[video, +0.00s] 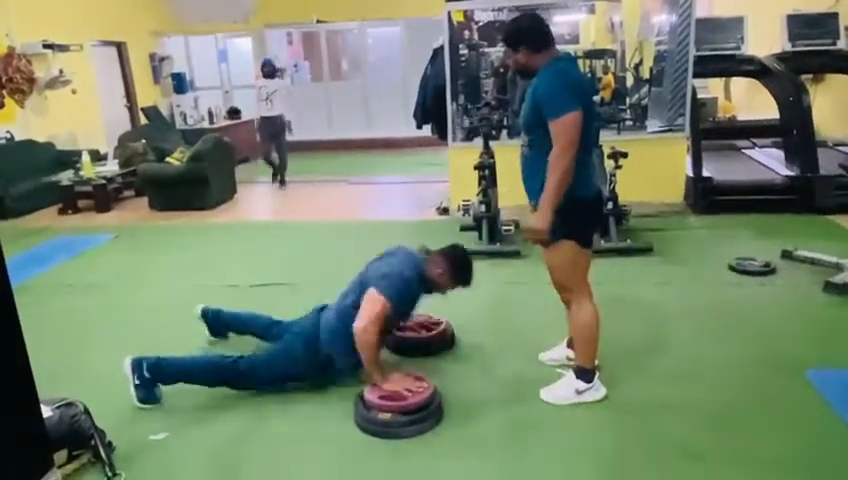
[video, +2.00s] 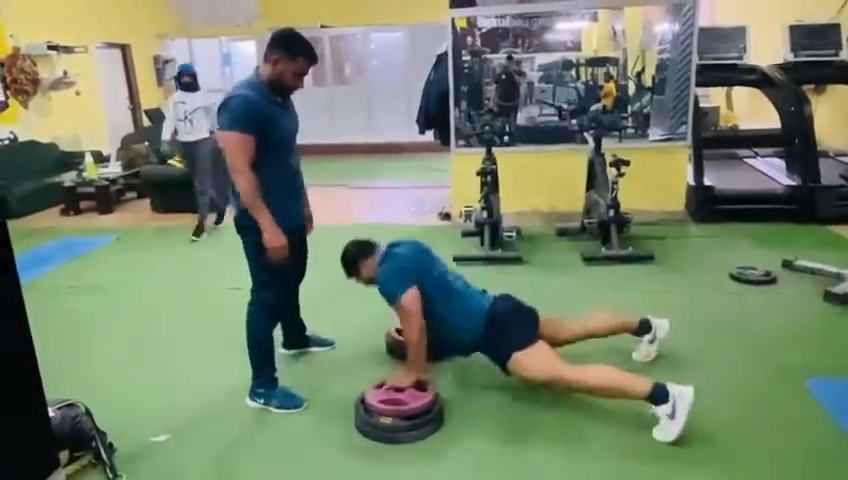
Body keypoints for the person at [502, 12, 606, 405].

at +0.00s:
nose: (510, 61)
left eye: (512, 53)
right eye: (509, 53)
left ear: (527, 49)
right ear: (542, 42)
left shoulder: (556, 81)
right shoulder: (558, 74)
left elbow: (565, 150)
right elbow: (567, 147)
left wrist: (545, 210)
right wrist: (548, 202)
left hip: (570, 201)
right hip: (566, 197)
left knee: (575, 290)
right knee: (568, 282)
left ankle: (586, 379)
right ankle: (577, 346)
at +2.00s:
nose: (365, 282)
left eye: (361, 277)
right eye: (361, 278)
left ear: (364, 264)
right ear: (372, 250)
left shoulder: (391, 272)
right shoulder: (406, 248)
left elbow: (414, 323)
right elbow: (427, 310)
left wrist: (414, 376)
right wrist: (418, 347)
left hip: (494, 332)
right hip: (500, 308)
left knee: (561, 375)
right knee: (567, 330)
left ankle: (664, 396)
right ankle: (646, 325)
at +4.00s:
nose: (548, 68)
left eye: (548, 61)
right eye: (547, 61)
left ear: (557, 58)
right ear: (580, 45)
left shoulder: (592, 85)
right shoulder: (596, 77)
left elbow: (603, 150)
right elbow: (600, 146)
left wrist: (571, 208)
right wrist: (567, 188)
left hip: (597, 203)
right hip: (596, 200)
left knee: (593, 294)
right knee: (586, 285)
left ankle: (602, 386)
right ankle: (593, 351)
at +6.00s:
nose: (391, 329)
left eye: (385, 326)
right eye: (384, 327)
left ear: (382, 312)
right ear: (380, 297)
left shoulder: (400, 297)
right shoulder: (406, 279)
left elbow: (437, 327)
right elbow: (448, 327)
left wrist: (417, 371)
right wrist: (429, 345)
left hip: (518, 295)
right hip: (520, 273)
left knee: (587, 349)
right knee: (588, 309)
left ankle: (687, 387)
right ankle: (666, 318)